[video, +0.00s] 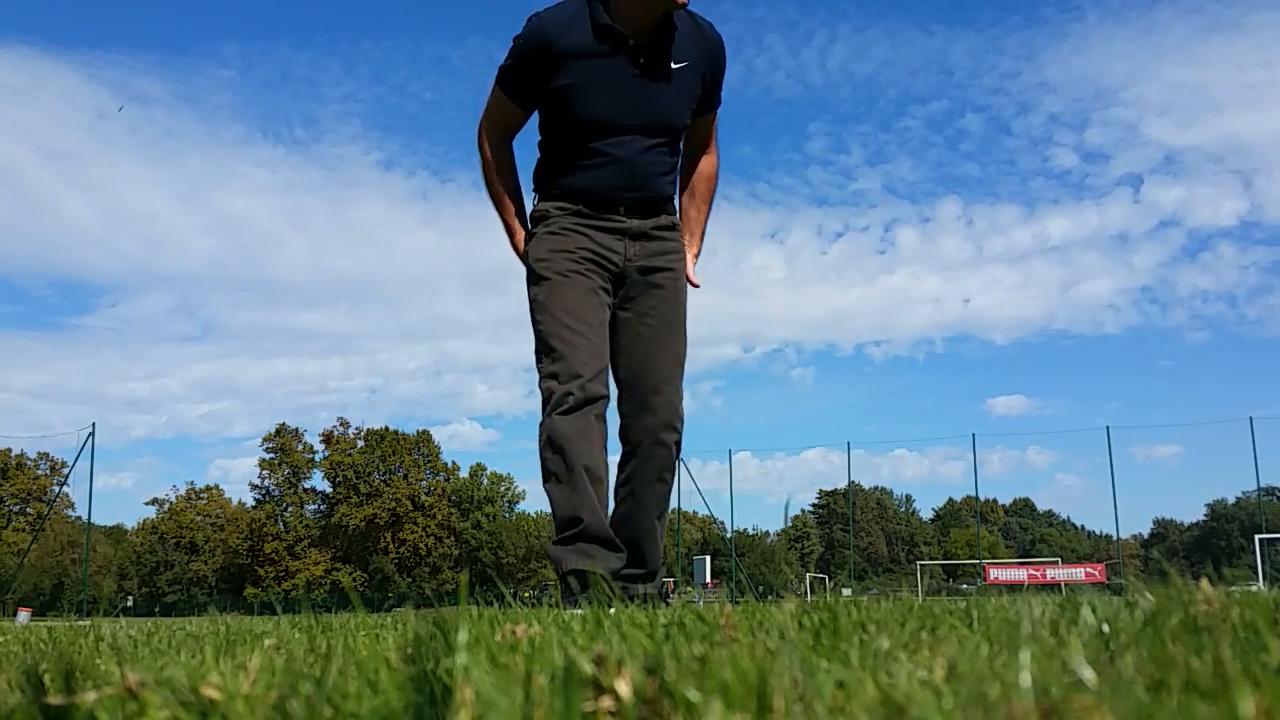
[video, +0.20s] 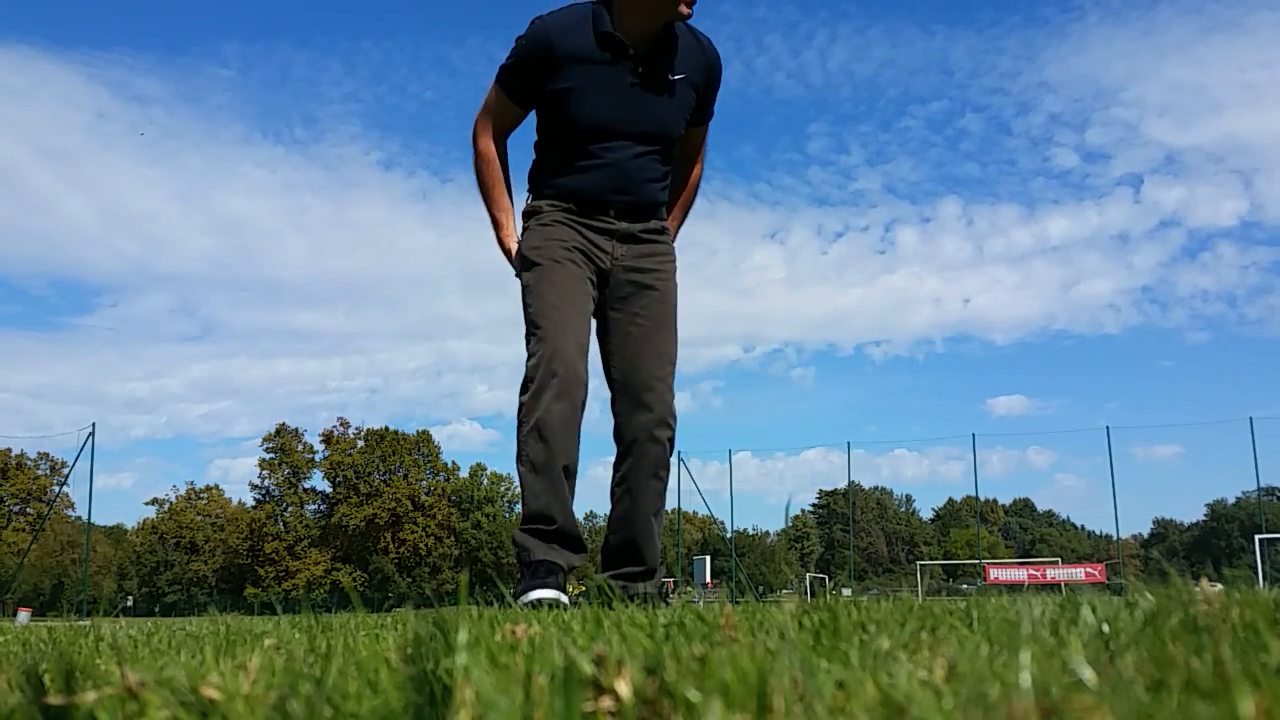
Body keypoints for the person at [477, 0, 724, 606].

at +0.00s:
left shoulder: (701, 43)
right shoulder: (552, 33)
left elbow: (701, 147)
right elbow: (494, 134)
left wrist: (689, 244)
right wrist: (519, 235)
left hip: (658, 237)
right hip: (568, 230)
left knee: (658, 413)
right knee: (577, 390)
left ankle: (641, 576)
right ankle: (583, 570)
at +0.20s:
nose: (686, 1)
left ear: (686, 3)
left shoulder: (699, 58)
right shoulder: (556, 36)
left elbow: (690, 157)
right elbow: (489, 130)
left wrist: (661, 237)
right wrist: (507, 234)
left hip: (648, 241)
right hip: (560, 229)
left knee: (651, 407)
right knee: (558, 374)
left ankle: (637, 577)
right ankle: (545, 570)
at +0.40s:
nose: (682, 3)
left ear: (674, 6)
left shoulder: (688, 62)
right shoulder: (543, 43)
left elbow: (678, 160)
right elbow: (475, 138)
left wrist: (650, 246)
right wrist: (488, 243)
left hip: (636, 247)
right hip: (546, 237)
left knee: (646, 413)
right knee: (530, 390)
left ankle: (636, 582)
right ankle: (504, 578)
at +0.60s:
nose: (637, 7)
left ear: (650, 3)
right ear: (578, 1)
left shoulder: (663, 68)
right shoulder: (512, 61)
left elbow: (661, 155)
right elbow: (442, 162)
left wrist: (648, 252)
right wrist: (461, 277)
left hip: (611, 245)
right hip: (518, 244)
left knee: (630, 408)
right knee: (511, 401)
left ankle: (635, 579)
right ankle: (500, 583)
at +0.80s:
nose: (563, 58)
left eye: (577, 39)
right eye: (547, 40)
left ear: (600, 23)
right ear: (517, 25)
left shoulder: (629, 81)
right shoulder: (473, 86)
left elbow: (654, 179)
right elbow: (406, 211)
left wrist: (681, 270)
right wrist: (431, 331)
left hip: (575, 240)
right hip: (486, 245)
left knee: (608, 404)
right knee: (487, 407)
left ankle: (632, 583)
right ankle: (499, 590)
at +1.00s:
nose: (520, 121)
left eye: (535, 101)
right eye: (502, 103)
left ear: (564, 76)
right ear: (476, 80)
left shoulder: (604, 110)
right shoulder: (440, 124)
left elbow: (680, 228)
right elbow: (381, 259)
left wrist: (706, 336)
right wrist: (401, 379)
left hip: (556, 248)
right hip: (466, 255)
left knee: (577, 407)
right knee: (482, 400)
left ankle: (588, 583)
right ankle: (498, 590)